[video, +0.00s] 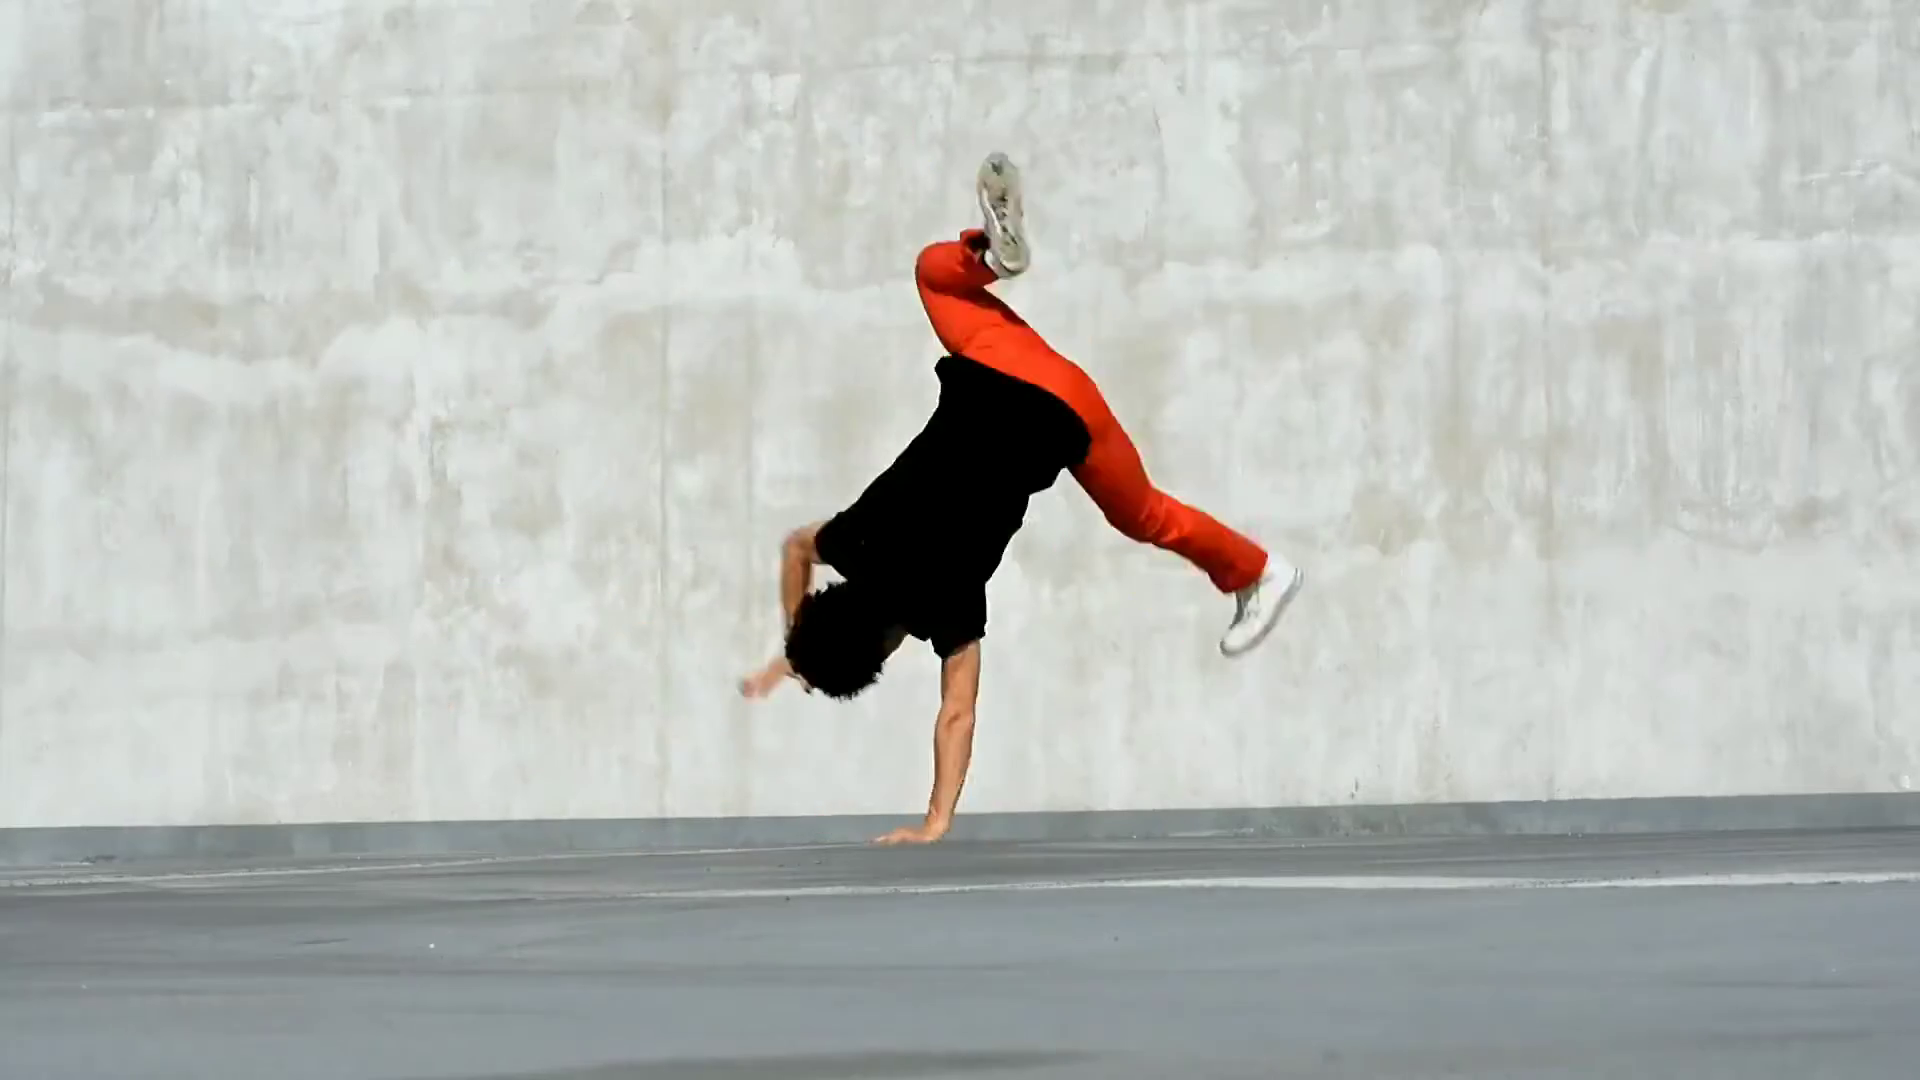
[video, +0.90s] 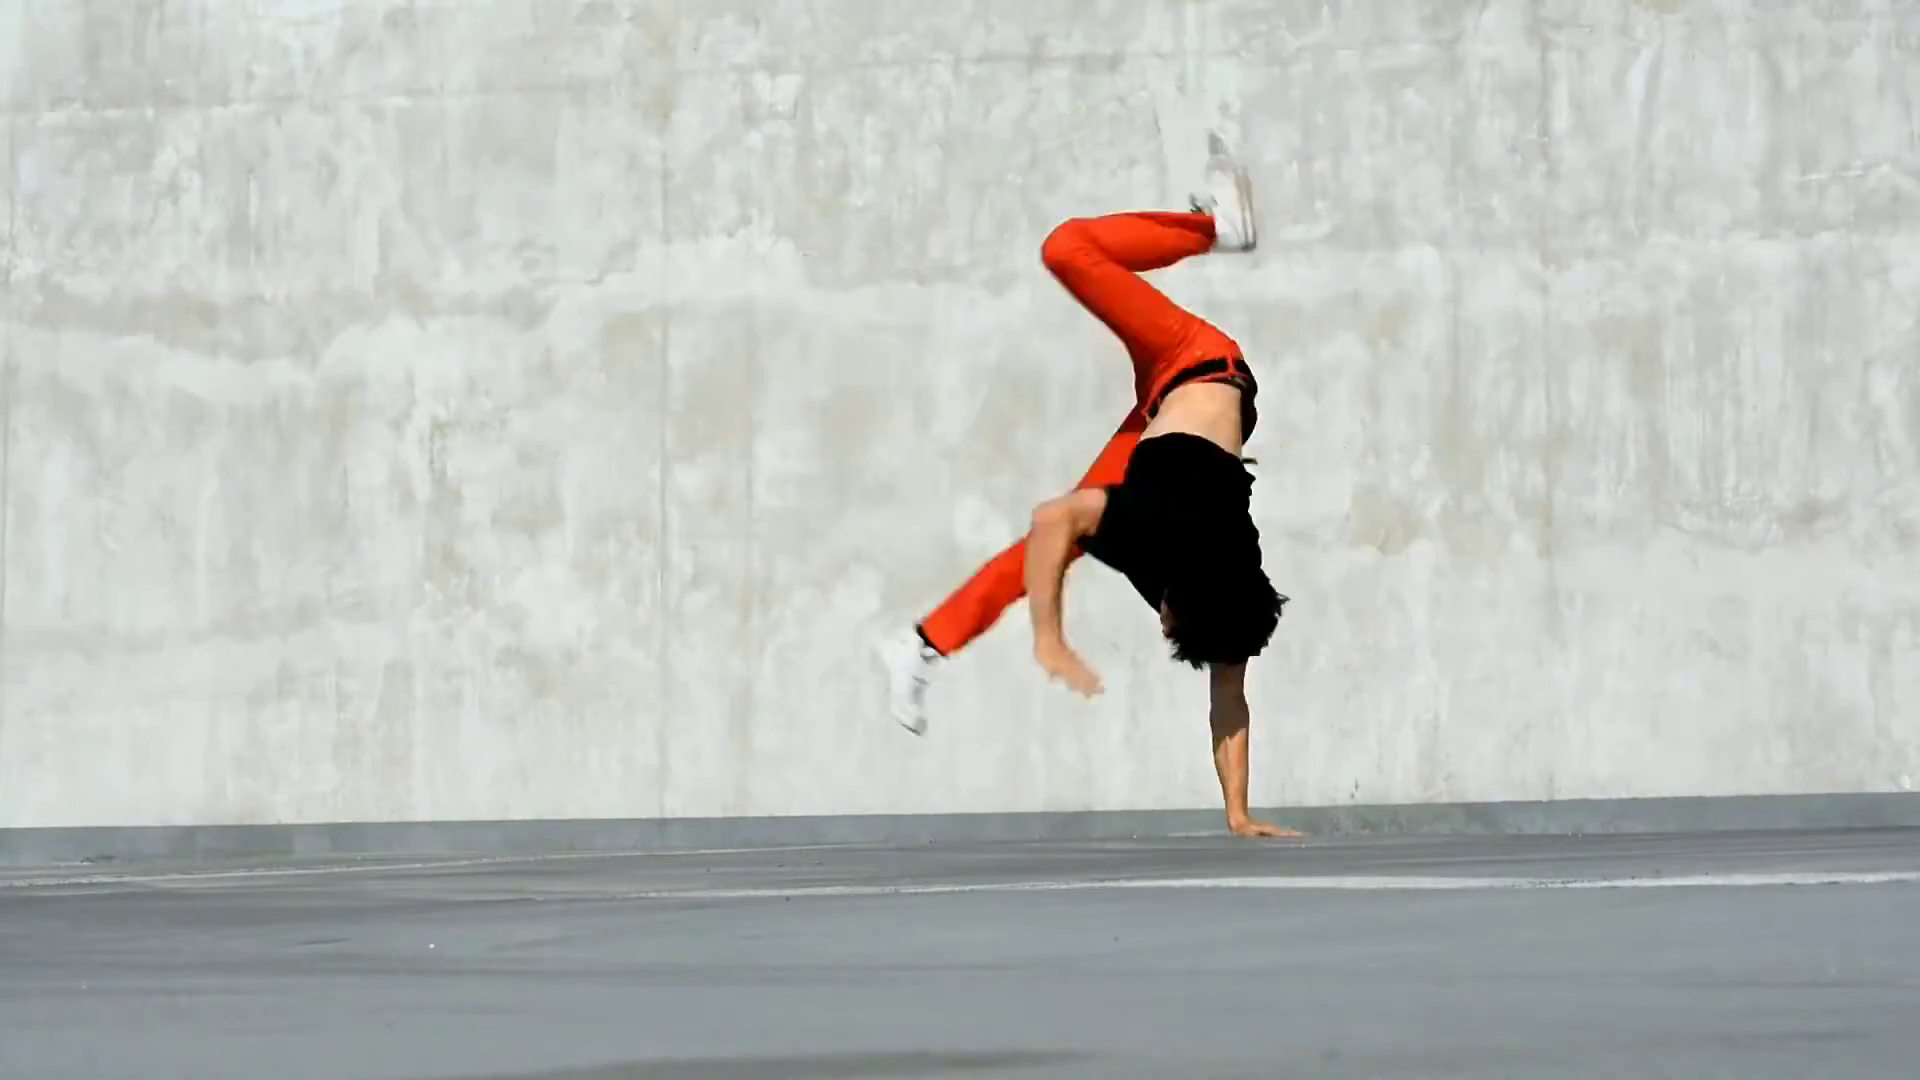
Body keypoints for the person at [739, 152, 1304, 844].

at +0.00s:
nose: (814, 686)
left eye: (827, 681)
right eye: (809, 675)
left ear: (877, 653)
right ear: (836, 614)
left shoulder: (955, 610)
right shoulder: (853, 545)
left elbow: (957, 715)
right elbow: (795, 552)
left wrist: (937, 822)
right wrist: (791, 647)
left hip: (1067, 409)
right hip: (990, 377)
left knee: (1146, 517)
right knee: (931, 277)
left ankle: (1258, 575)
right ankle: (994, 253)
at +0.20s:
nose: (857, 524)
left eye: (840, 530)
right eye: (858, 545)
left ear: (839, 520)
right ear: (880, 563)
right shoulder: (951, 514)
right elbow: (1004, 584)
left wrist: (752, 713)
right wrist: (946, 682)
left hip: (1025, 347)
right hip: (1076, 376)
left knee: (1048, 249)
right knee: (1182, 242)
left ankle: (1185, 252)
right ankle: (1325, 103)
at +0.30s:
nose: (957, 571)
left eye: (939, 567)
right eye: (947, 585)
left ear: (914, 540)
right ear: (936, 590)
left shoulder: (899, 466)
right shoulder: (1002, 586)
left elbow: (800, 439)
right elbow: (1005, 700)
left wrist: (686, 461)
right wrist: (1009, 821)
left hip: (1027, 342)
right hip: (1096, 377)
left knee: (989, 166)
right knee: (1238, 303)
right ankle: (1386, 202)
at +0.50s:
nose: (1054, 655)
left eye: (1050, 647)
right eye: (1040, 657)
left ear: (1055, 618)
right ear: (1015, 633)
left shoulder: (1115, 566)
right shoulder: (993, 608)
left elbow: (1197, 611)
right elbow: (1002, 711)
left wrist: (1275, 703)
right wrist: (1011, 820)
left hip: (1053, 351)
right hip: (1041, 404)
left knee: (1129, 173)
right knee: (1163, 524)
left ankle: (976, 156)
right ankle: (1254, 620)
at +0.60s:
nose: (1056, 671)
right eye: (1053, 662)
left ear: (1089, 643)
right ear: (1056, 633)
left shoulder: (1154, 585)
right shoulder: (1018, 599)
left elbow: (1224, 673)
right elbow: (1011, 709)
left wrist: (1270, 793)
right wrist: (1012, 821)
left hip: (1118, 356)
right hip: (1035, 384)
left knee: (1245, 237)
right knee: (987, 499)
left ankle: (1182, 70)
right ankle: (921, 597)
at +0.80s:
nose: (1174, 656)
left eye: (1188, 654)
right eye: (1159, 652)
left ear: (1200, 639)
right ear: (1140, 637)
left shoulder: (1229, 599)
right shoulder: (1094, 589)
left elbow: (1231, 697)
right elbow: (1023, 666)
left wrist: (1240, 814)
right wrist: (1012, 786)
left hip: (1217, 377)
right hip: (1134, 348)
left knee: (1212, 508)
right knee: (945, 327)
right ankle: (958, 156)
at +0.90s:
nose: (1169, 641)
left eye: (1183, 646)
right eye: (1176, 636)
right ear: (1177, 606)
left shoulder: (1229, 593)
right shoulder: (1144, 537)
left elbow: (1229, 696)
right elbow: (1053, 518)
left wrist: (1238, 813)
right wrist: (1049, 639)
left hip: (1197, 412)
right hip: (1195, 361)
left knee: (1051, 550)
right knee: (1067, 249)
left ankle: (923, 647)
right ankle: (1214, 227)